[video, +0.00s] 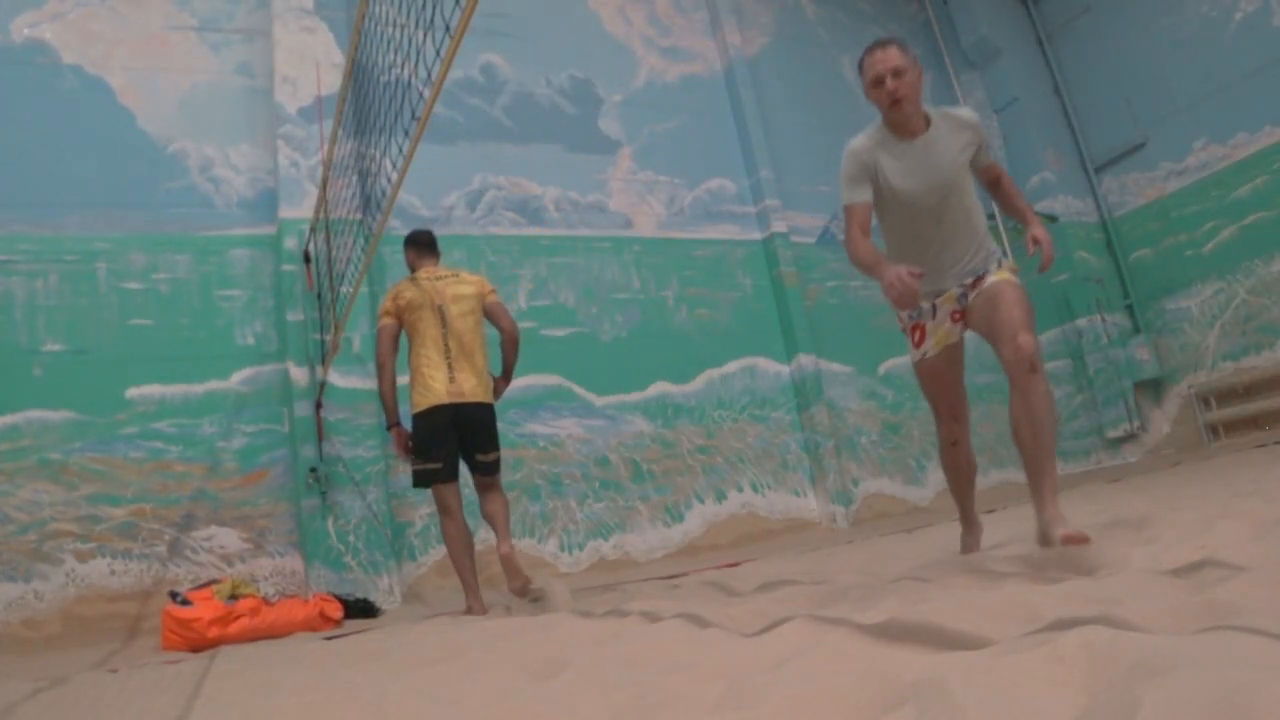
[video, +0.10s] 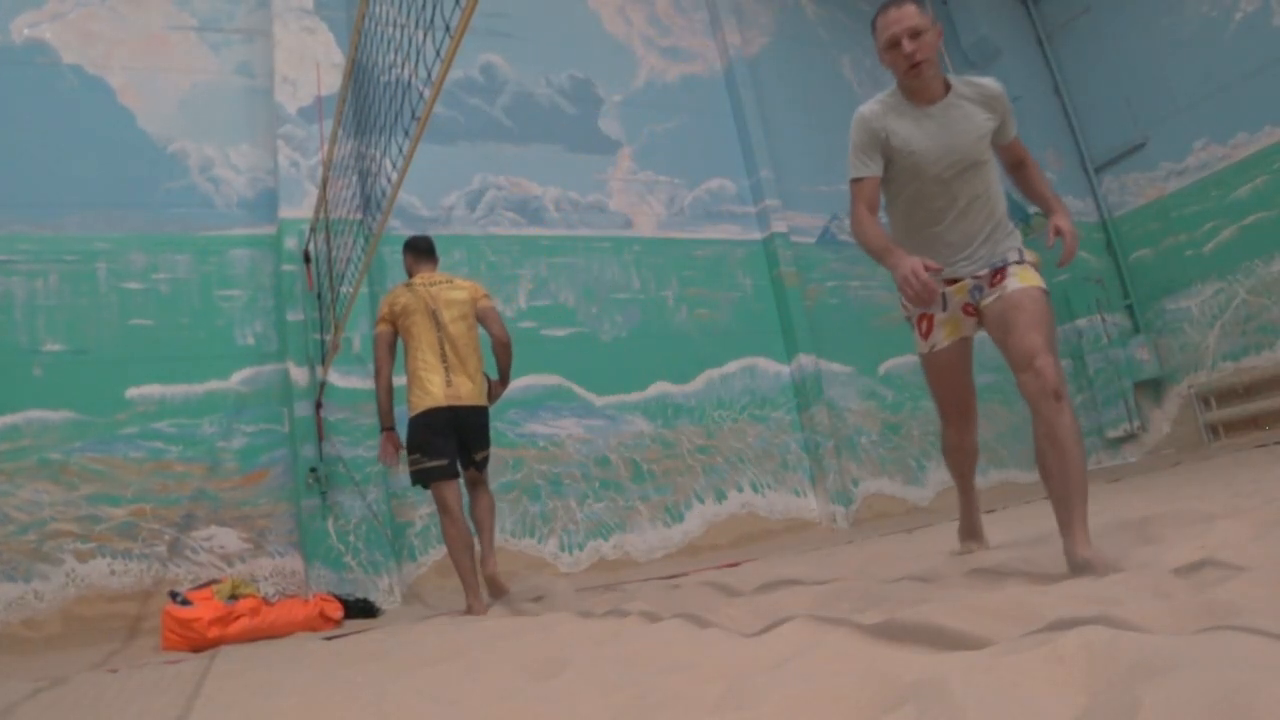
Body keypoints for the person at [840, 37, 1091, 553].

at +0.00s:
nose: (891, 87)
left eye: (898, 74)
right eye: (878, 81)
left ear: (919, 76)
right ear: (868, 95)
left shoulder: (963, 125)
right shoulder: (863, 155)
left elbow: (995, 180)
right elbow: (855, 239)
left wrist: (1031, 221)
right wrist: (884, 270)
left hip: (985, 273)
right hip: (923, 299)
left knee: (1025, 353)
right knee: (951, 425)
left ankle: (1050, 517)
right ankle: (969, 525)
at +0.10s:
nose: (907, 50)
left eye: (915, 35)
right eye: (893, 45)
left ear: (938, 37)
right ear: (882, 59)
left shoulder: (985, 96)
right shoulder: (874, 123)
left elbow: (1017, 162)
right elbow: (861, 217)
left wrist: (1055, 209)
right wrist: (897, 259)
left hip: (1003, 263)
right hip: (932, 284)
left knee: (1046, 380)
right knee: (958, 423)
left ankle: (1079, 548)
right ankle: (969, 514)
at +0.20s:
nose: (925, 24)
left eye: (933, 7)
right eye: (908, 18)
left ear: (958, 9)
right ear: (896, 35)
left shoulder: (1013, 80)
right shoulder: (885, 106)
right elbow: (872, 211)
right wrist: (893, 282)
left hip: (1022, 257)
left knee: (1067, 389)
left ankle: (1078, 553)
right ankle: (975, 485)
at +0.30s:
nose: (932, 1)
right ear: (897, 7)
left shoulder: (1025, 43)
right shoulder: (881, 84)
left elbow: (1094, 130)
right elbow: (868, 198)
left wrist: (1114, 170)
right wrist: (876, 289)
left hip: (1037, 237)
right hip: (951, 255)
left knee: (1084, 392)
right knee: (984, 365)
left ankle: (1077, 552)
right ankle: (1002, 476)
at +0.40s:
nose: (933, 2)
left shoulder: (1024, 4)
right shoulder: (870, 41)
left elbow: (1120, 64)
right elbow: (855, 161)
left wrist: (1105, 79)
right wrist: (853, 263)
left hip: (1044, 206)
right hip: (950, 208)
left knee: (1098, 395)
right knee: (987, 277)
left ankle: (1073, 548)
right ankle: (1044, 500)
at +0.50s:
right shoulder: (838, 9)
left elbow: (1130, 7)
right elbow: (833, 117)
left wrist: (1088, 6)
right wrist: (832, 223)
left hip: (1061, 160)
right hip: (953, 169)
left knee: (1106, 379)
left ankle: (1084, 530)